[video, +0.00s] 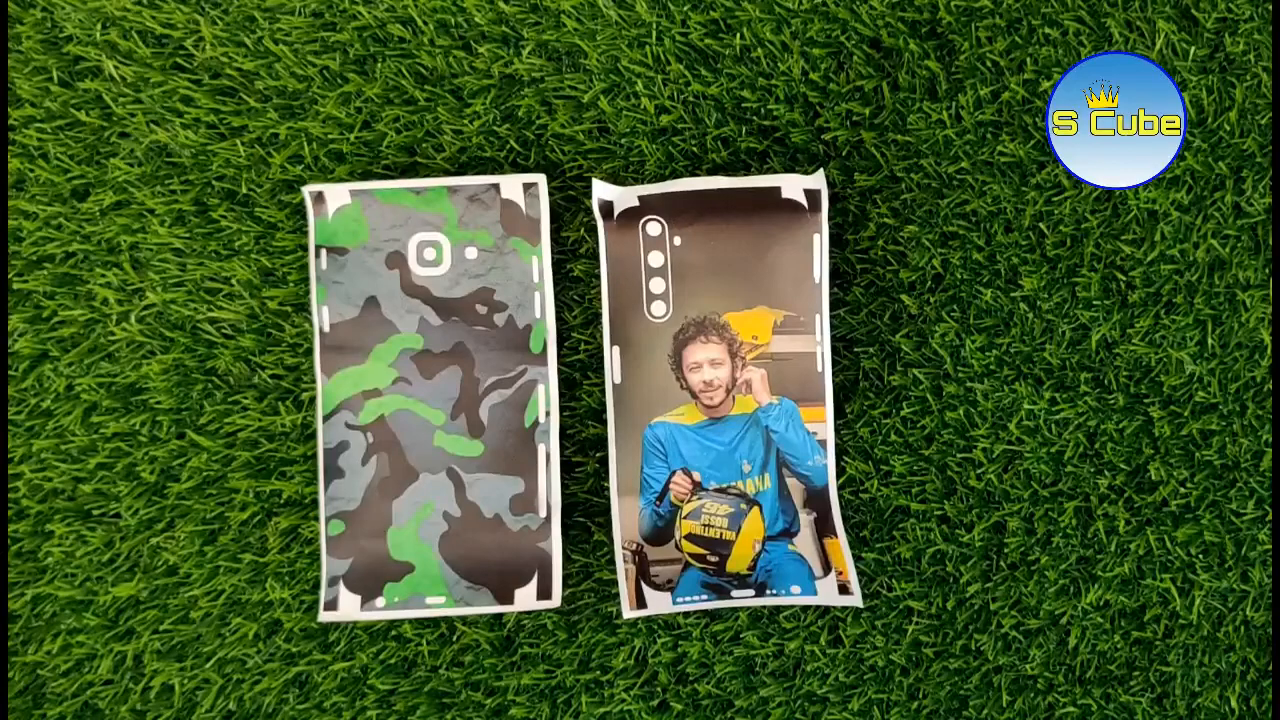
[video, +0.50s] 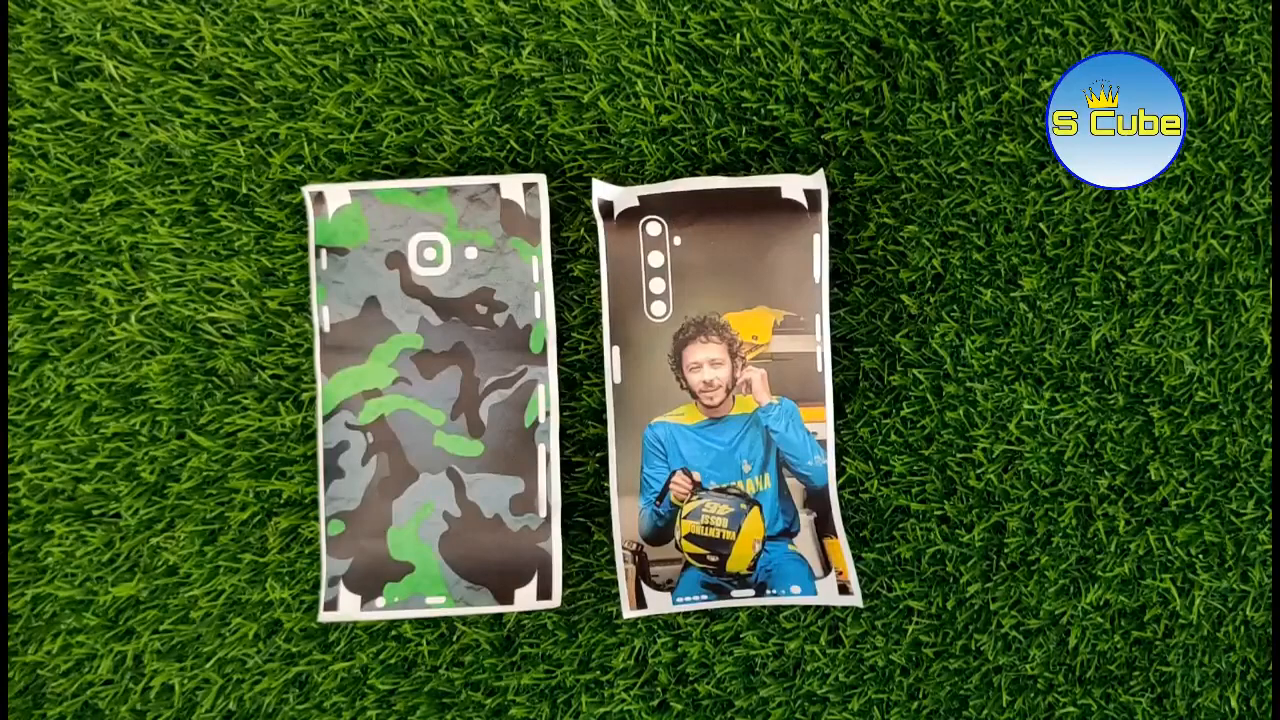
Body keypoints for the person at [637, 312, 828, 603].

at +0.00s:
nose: (708, 378)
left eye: (716, 364)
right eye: (695, 368)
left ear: (735, 365)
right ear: (682, 376)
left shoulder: (774, 412)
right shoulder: (662, 433)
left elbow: (819, 477)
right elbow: (651, 534)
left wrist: (767, 405)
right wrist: (672, 500)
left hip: (772, 548)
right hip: (706, 557)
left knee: (799, 602)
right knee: (688, 613)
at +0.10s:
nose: (708, 378)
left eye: (716, 364)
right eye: (695, 368)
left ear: (735, 365)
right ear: (682, 376)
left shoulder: (774, 412)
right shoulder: (662, 433)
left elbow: (819, 477)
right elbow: (651, 533)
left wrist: (767, 405)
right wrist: (672, 500)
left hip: (772, 548)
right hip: (706, 557)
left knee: (798, 602)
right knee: (688, 613)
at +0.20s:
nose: (708, 378)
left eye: (716, 364)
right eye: (695, 368)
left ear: (735, 365)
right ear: (682, 376)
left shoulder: (774, 412)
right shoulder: (662, 433)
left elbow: (819, 477)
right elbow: (651, 533)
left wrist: (767, 405)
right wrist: (672, 500)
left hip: (772, 548)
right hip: (706, 557)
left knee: (798, 602)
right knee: (688, 613)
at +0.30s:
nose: (708, 378)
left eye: (716, 364)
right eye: (695, 368)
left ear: (735, 365)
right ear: (682, 376)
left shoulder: (774, 412)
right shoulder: (662, 433)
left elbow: (819, 477)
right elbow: (651, 533)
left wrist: (767, 405)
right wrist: (672, 500)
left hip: (772, 548)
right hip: (706, 557)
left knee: (798, 602)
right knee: (688, 613)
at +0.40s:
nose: (708, 377)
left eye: (716, 364)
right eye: (695, 368)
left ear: (735, 366)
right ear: (682, 376)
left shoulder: (774, 412)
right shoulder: (662, 433)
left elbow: (819, 477)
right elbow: (651, 533)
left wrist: (767, 405)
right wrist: (672, 500)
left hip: (772, 548)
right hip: (706, 557)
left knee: (799, 602)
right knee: (688, 613)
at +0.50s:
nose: (708, 378)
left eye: (716, 364)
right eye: (695, 368)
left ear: (735, 366)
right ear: (682, 376)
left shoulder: (774, 412)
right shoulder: (662, 433)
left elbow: (819, 477)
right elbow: (651, 533)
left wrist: (767, 405)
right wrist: (672, 500)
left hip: (772, 548)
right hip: (706, 557)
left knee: (798, 602)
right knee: (688, 613)